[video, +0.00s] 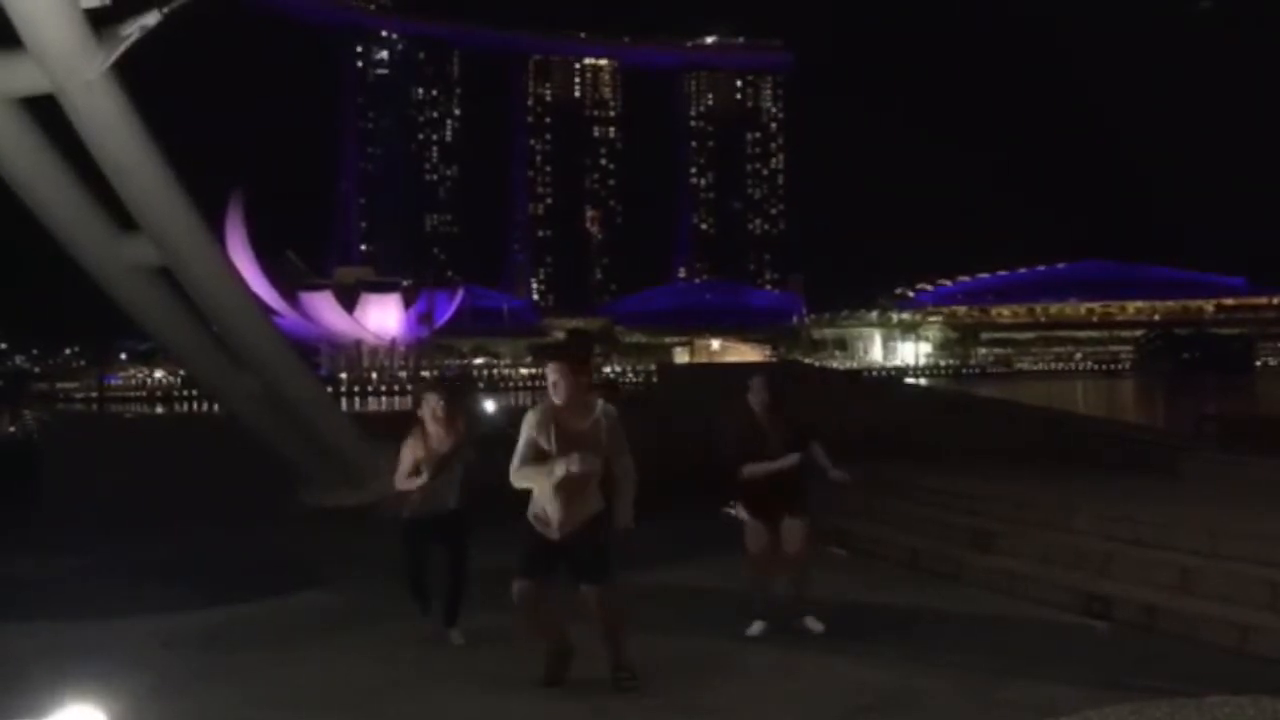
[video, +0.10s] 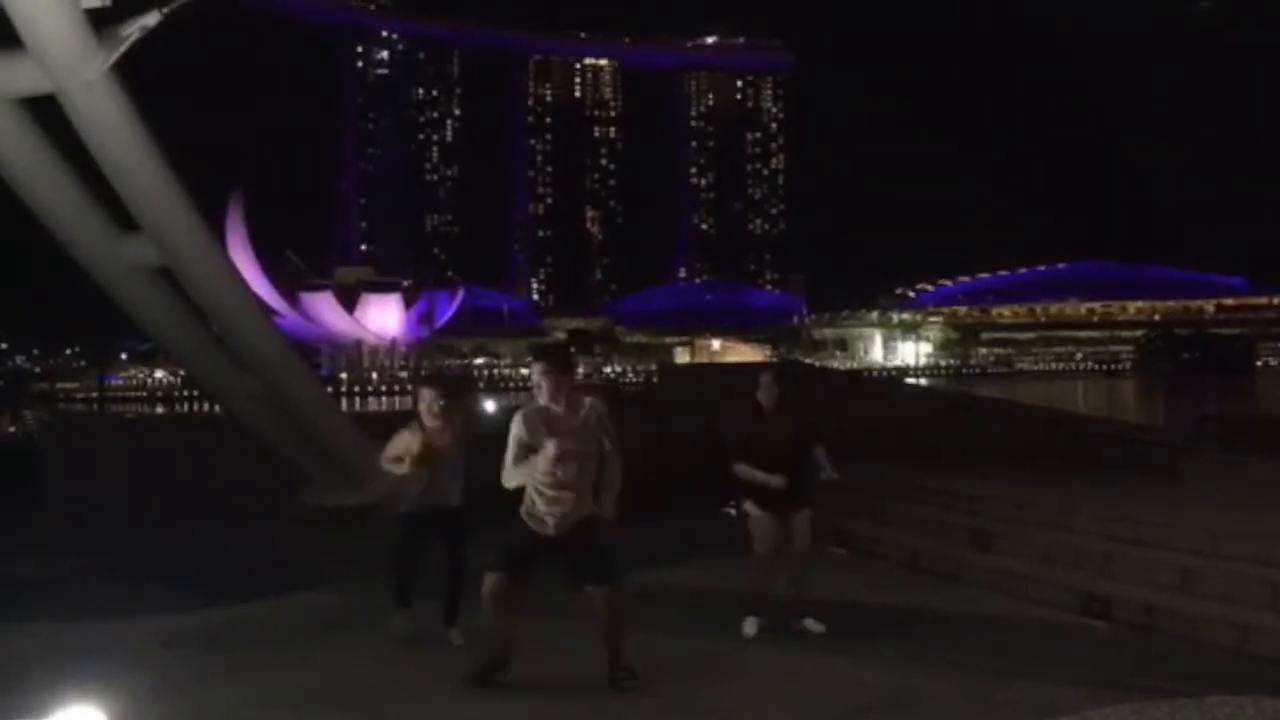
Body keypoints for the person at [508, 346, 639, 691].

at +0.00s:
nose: (552, 384)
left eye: (559, 376)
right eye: (548, 376)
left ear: (582, 378)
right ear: (544, 380)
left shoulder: (604, 417)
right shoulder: (537, 419)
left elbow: (622, 466)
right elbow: (517, 473)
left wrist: (623, 512)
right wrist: (560, 466)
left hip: (590, 520)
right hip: (544, 522)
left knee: (598, 591)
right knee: (526, 589)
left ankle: (618, 662)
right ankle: (557, 648)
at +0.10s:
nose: (536, 383)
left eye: (544, 376)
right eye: (534, 377)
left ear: (566, 378)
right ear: (532, 381)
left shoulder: (592, 413)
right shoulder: (525, 419)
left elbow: (612, 456)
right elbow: (509, 476)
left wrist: (607, 504)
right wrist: (539, 462)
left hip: (581, 523)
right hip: (532, 525)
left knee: (606, 593)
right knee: (493, 587)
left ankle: (617, 665)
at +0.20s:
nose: (516, 398)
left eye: (523, 390)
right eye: (513, 390)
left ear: (547, 390)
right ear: (513, 393)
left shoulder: (574, 424)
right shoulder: (513, 436)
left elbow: (600, 452)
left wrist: (598, 504)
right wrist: (506, 433)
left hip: (576, 527)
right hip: (526, 531)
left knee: (608, 589)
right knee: (483, 595)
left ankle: (603, 670)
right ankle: (458, 669)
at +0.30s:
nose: (514, 402)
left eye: (522, 394)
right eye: (511, 395)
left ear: (541, 396)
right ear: (507, 398)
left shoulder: (567, 431)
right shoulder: (498, 433)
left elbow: (591, 466)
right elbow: (462, 448)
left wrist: (595, 511)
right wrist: (520, 452)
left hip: (569, 536)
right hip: (517, 540)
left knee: (607, 593)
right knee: (479, 603)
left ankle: (594, 670)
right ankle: (456, 669)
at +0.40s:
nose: (546, 381)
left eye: (552, 373)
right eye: (539, 373)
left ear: (565, 379)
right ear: (528, 380)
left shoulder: (579, 414)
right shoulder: (520, 421)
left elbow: (591, 464)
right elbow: (501, 476)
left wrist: (598, 504)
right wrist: (546, 454)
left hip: (578, 526)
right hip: (525, 530)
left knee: (606, 594)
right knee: (489, 596)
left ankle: (592, 671)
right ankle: (454, 669)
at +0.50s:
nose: (569, 369)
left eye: (575, 361)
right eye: (561, 361)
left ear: (585, 368)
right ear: (547, 369)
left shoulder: (590, 406)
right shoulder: (537, 411)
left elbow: (596, 453)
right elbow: (536, 470)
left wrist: (610, 483)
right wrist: (573, 430)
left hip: (588, 515)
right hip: (541, 518)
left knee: (608, 590)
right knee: (504, 593)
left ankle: (592, 669)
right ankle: (499, 664)